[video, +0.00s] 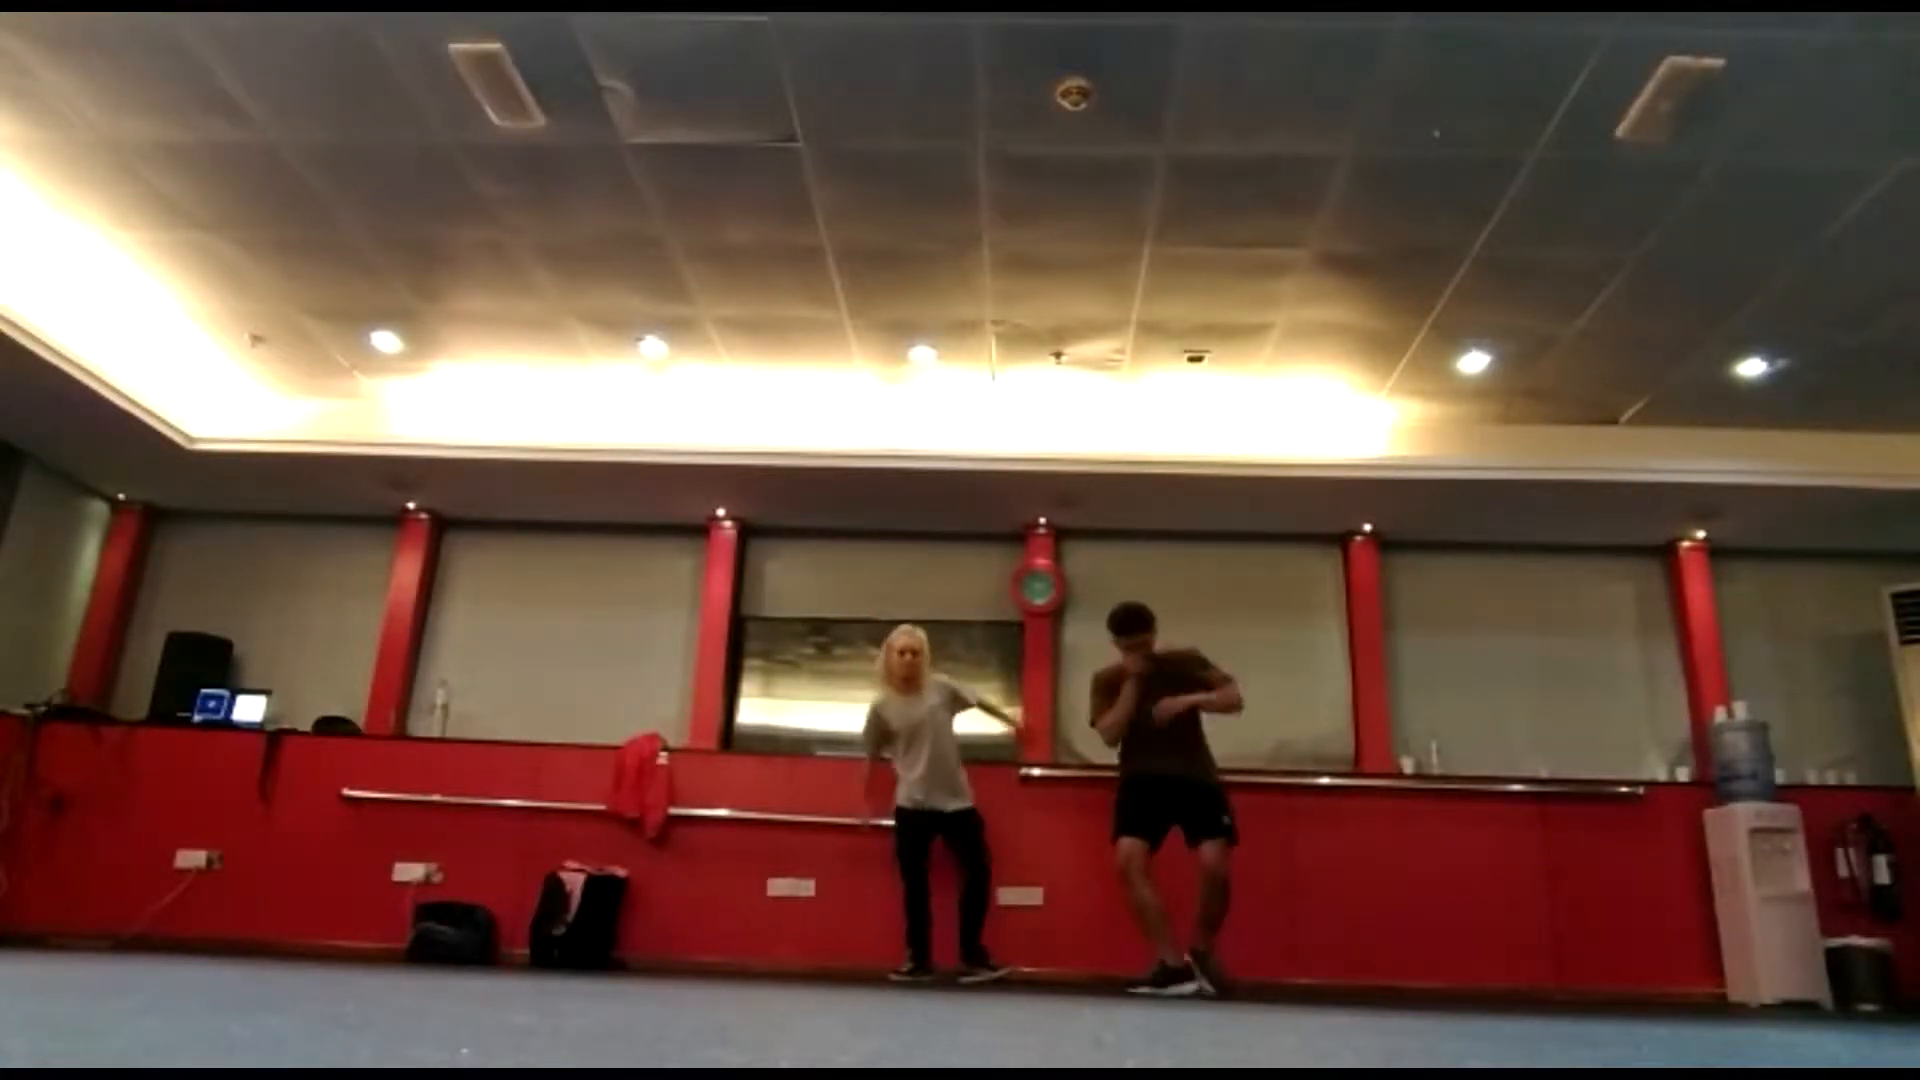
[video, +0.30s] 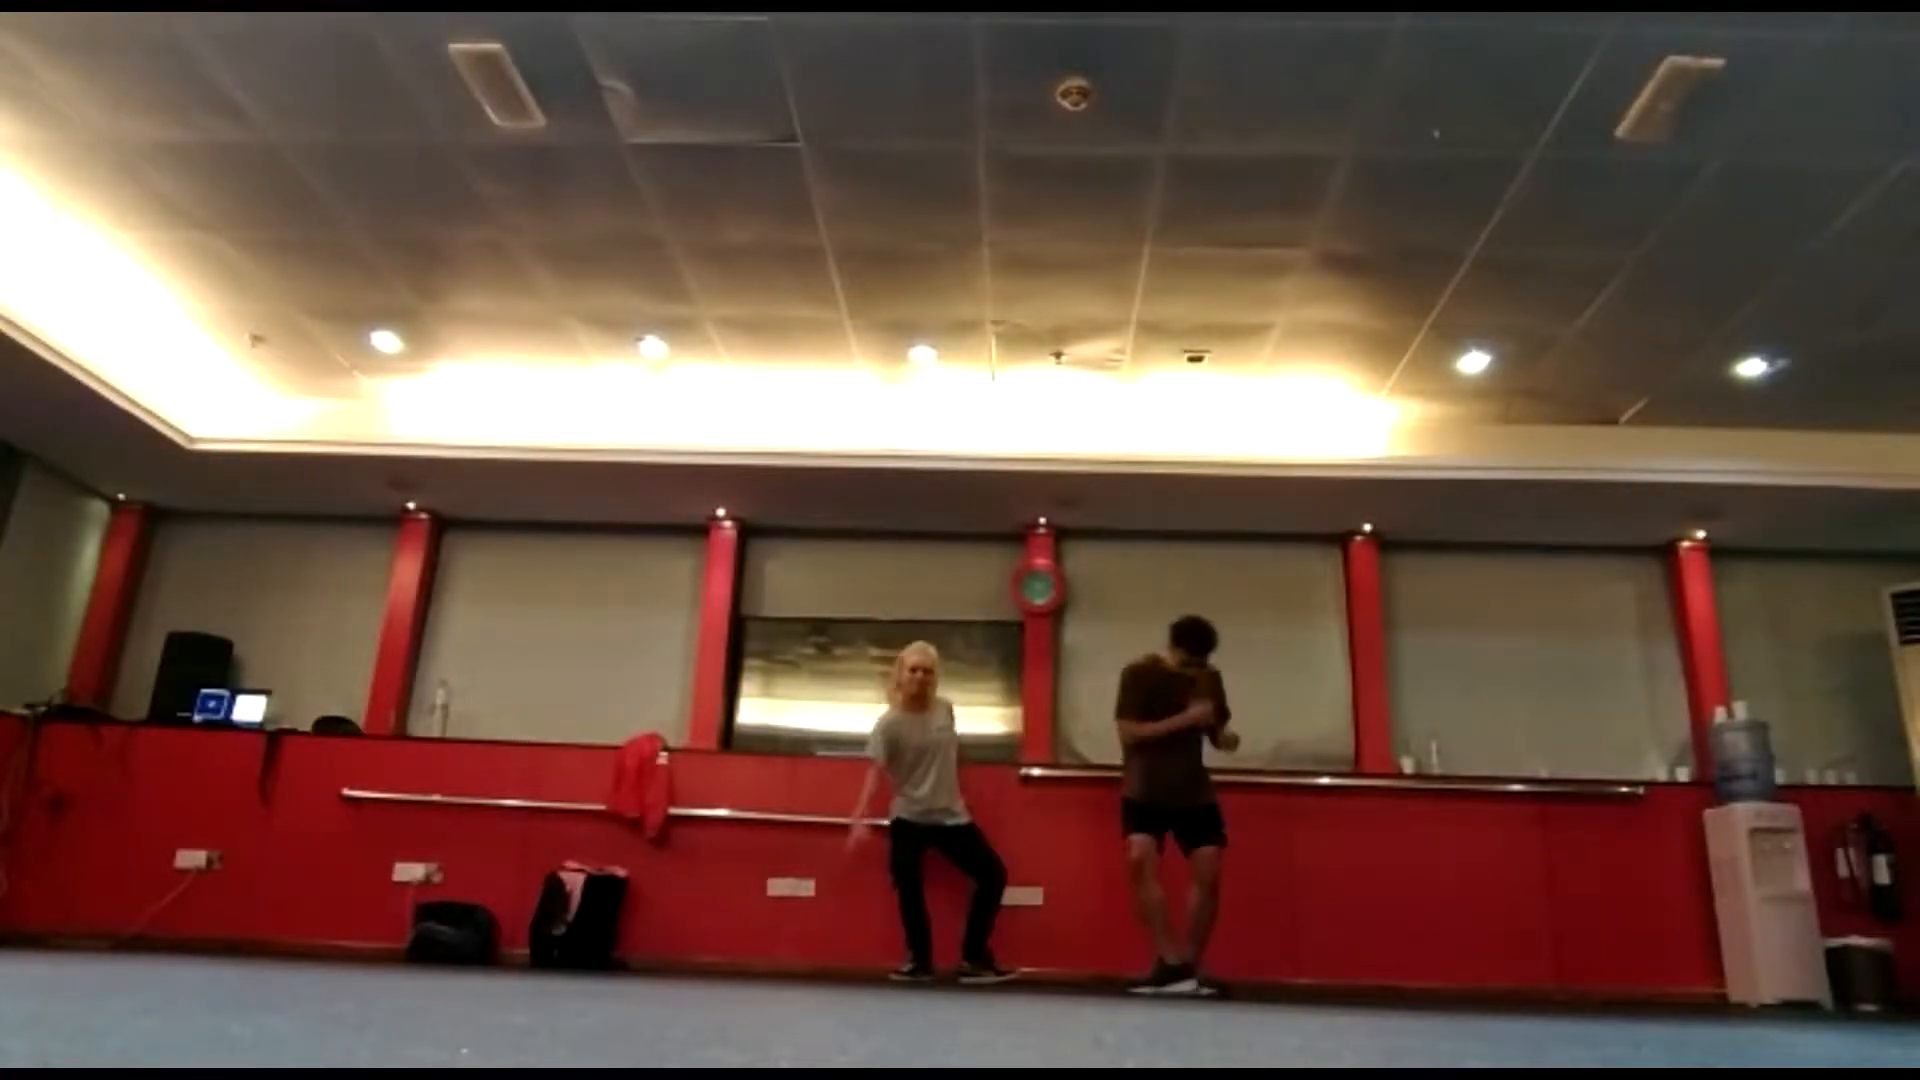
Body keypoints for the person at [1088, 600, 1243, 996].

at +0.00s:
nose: (1137, 655)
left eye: (1142, 645)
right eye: (1128, 647)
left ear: (1153, 637)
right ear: (1117, 644)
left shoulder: (1185, 664)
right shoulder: (1108, 680)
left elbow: (1233, 699)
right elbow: (1108, 733)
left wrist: (1185, 701)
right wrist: (1131, 684)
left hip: (1194, 779)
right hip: (1142, 782)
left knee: (1214, 862)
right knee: (1128, 861)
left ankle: (1203, 955)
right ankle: (1170, 962)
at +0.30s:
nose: (1191, 669)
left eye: (1197, 664)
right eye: (1187, 662)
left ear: (1205, 657)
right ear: (1174, 648)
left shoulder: (1206, 678)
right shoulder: (1138, 675)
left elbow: (1218, 734)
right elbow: (1127, 731)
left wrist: (1223, 734)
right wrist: (1186, 718)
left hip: (1190, 786)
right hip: (1145, 788)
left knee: (1208, 867)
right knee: (1139, 858)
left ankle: (1191, 964)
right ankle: (1166, 958)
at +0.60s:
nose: (1217, 661)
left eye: (1222, 653)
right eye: (1213, 651)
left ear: (1223, 652)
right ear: (1196, 641)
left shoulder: (1211, 688)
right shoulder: (1156, 669)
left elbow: (1224, 741)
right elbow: (1117, 709)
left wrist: (1244, 733)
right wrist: (1167, 711)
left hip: (1202, 793)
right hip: (1163, 791)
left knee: (1215, 870)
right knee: (1174, 862)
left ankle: (1189, 967)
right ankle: (1157, 965)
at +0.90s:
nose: (1215, 655)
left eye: (1223, 648)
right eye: (1209, 645)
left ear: (1230, 653)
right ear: (1193, 645)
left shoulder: (1228, 703)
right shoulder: (1162, 674)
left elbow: (1226, 763)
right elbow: (1119, 715)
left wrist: (1249, 746)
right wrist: (1161, 719)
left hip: (1199, 795)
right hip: (1155, 790)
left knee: (1215, 877)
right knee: (1156, 860)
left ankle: (1190, 966)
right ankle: (1152, 961)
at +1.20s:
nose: (1161, 632)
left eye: (1168, 622)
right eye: (1153, 624)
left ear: (1184, 626)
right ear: (1145, 631)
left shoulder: (1216, 679)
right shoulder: (1139, 672)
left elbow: (1245, 735)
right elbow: (1115, 718)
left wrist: (1248, 723)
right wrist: (1129, 698)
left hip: (1194, 787)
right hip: (1144, 784)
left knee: (1194, 868)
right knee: (1125, 854)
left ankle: (1190, 968)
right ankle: (1119, 957)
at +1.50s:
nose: (1107, 647)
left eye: (1112, 637)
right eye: (1099, 641)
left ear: (1131, 638)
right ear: (1094, 648)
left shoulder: (1173, 677)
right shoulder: (1103, 693)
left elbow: (1220, 719)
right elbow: (1111, 746)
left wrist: (1204, 766)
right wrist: (1110, 765)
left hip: (1179, 790)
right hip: (1132, 792)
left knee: (1188, 867)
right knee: (1110, 858)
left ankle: (1189, 967)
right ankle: (1118, 962)